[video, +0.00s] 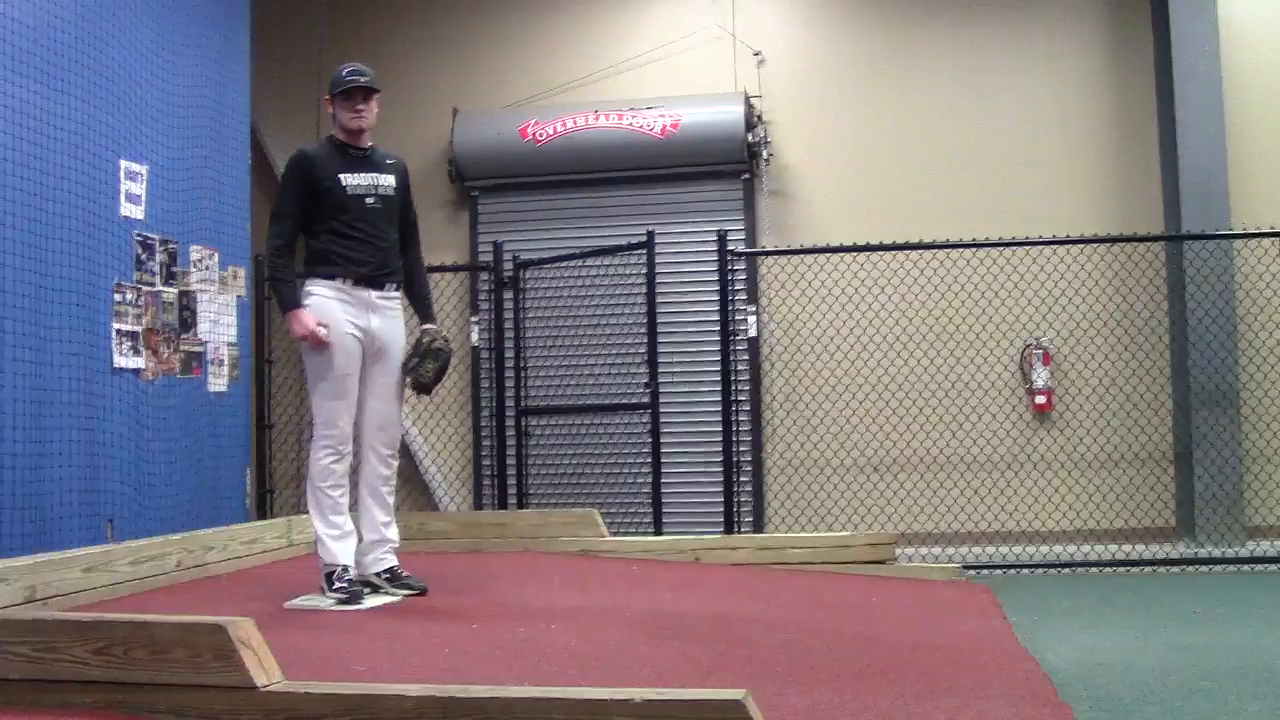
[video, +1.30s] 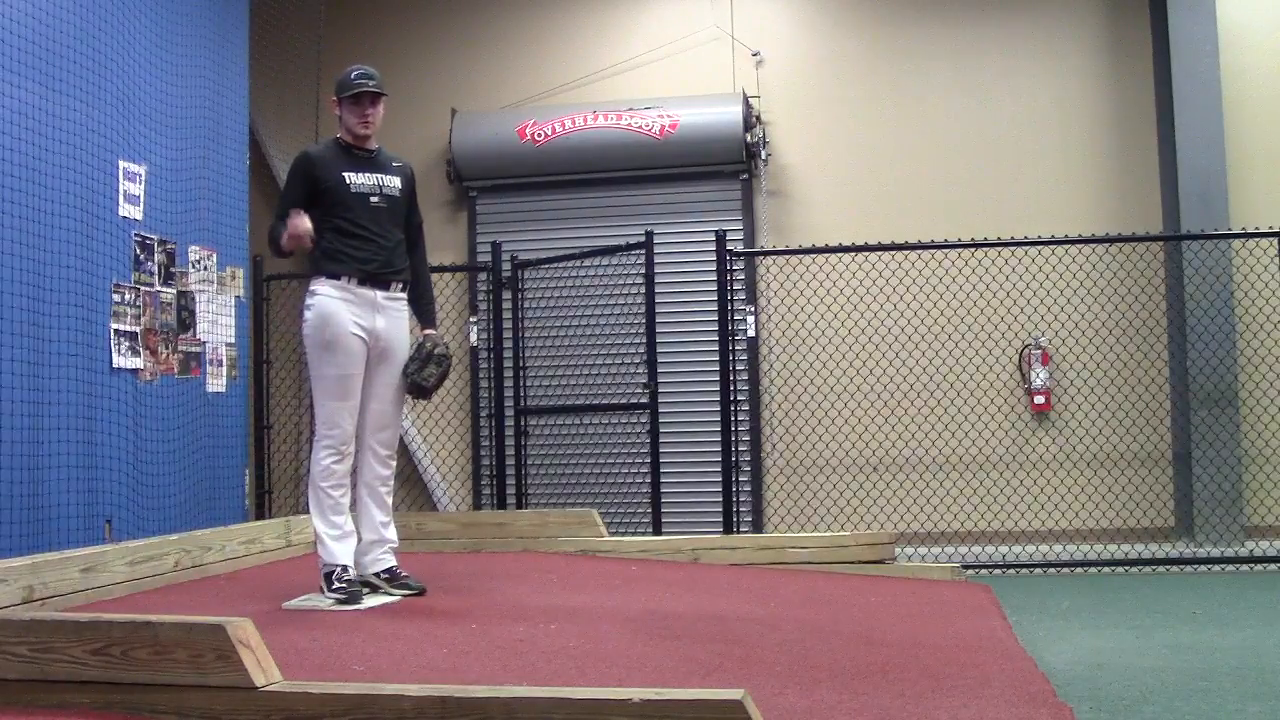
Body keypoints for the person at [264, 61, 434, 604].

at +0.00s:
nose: (361, 106)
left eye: (368, 98)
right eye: (350, 99)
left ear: (378, 105)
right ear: (330, 106)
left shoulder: (394, 168)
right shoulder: (309, 162)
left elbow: (410, 251)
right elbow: (278, 248)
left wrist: (428, 318)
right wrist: (293, 308)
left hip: (389, 307)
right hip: (330, 303)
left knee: (382, 440)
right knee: (335, 438)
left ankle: (379, 561)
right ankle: (337, 564)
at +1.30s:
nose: (367, 111)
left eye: (374, 102)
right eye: (357, 102)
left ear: (384, 108)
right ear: (337, 108)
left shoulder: (400, 171)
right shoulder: (313, 161)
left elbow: (416, 254)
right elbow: (279, 245)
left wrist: (427, 324)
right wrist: (290, 235)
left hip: (394, 309)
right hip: (337, 304)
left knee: (381, 443)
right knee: (336, 441)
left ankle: (378, 561)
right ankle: (336, 564)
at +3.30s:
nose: (374, 113)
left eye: (381, 104)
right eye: (364, 104)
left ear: (391, 111)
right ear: (345, 110)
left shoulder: (403, 176)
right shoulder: (319, 163)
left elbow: (416, 258)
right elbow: (295, 234)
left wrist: (427, 325)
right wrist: (362, 221)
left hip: (395, 309)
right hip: (338, 303)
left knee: (379, 441)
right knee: (338, 438)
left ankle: (376, 561)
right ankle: (336, 564)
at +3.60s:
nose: (391, 111)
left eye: (393, 103)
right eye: (381, 102)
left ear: (392, 110)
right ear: (352, 106)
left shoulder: (403, 172)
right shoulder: (319, 162)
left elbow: (415, 244)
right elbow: (301, 235)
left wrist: (421, 246)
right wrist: (376, 231)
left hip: (392, 308)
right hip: (337, 304)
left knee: (379, 439)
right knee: (338, 437)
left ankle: (376, 561)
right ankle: (336, 565)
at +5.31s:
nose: (395, 125)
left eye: (402, 116)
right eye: (385, 116)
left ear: (411, 121)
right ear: (365, 120)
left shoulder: (422, 166)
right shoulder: (341, 174)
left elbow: (421, 232)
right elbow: (308, 241)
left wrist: (345, 218)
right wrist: (297, 212)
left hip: (417, 311)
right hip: (360, 317)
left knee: (385, 410)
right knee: (361, 435)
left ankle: (415, 544)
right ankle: (379, 568)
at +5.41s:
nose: (391, 125)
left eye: (398, 117)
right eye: (381, 117)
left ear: (408, 121)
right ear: (362, 120)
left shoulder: (417, 163)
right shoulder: (340, 173)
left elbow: (413, 223)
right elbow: (296, 232)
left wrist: (338, 199)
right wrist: (303, 196)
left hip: (420, 298)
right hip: (365, 308)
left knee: (361, 362)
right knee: (368, 427)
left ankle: (379, 515)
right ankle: (381, 566)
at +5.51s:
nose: (385, 126)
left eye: (392, 117)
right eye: (375, 118)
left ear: (403, 120)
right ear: (357, 121)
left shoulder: (415, 159)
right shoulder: (341, 171)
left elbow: (408, 213)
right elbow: (287, 222)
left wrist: (335, 181)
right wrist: (298, 180)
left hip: (427, 294)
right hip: (369, 305)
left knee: (351, 297)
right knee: (369, 440)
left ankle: (351, 442)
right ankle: (380, 566)